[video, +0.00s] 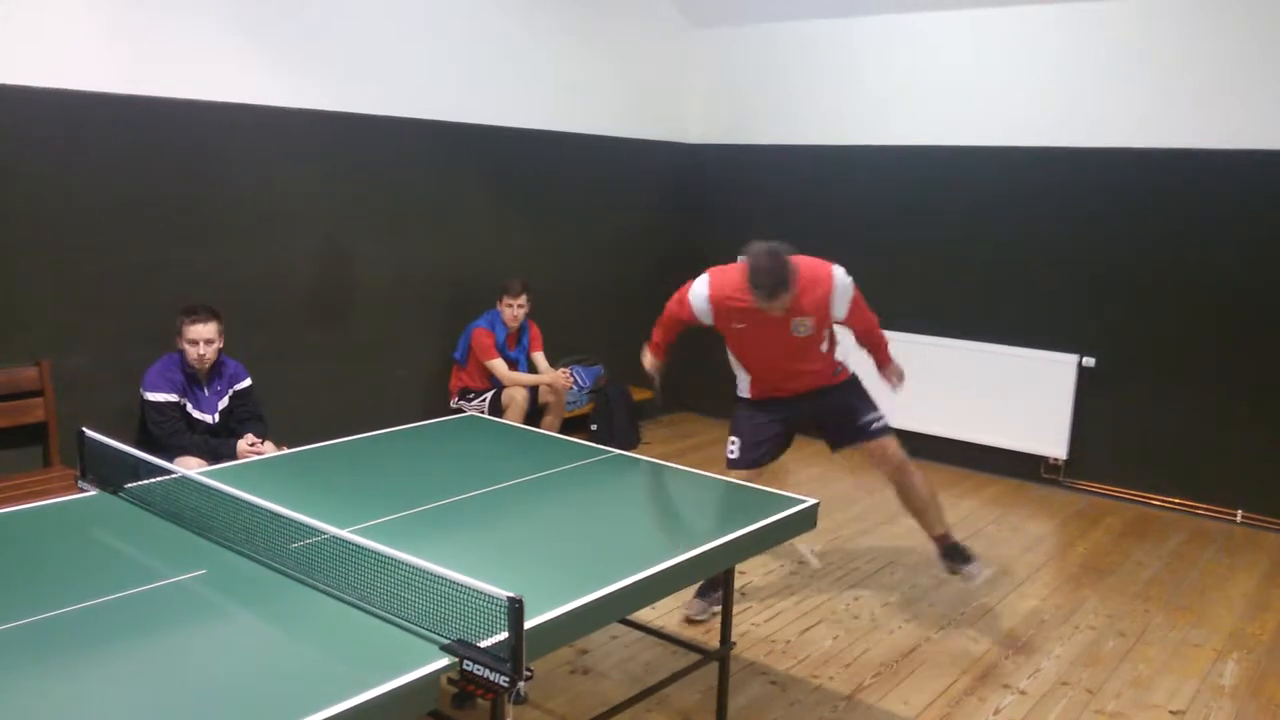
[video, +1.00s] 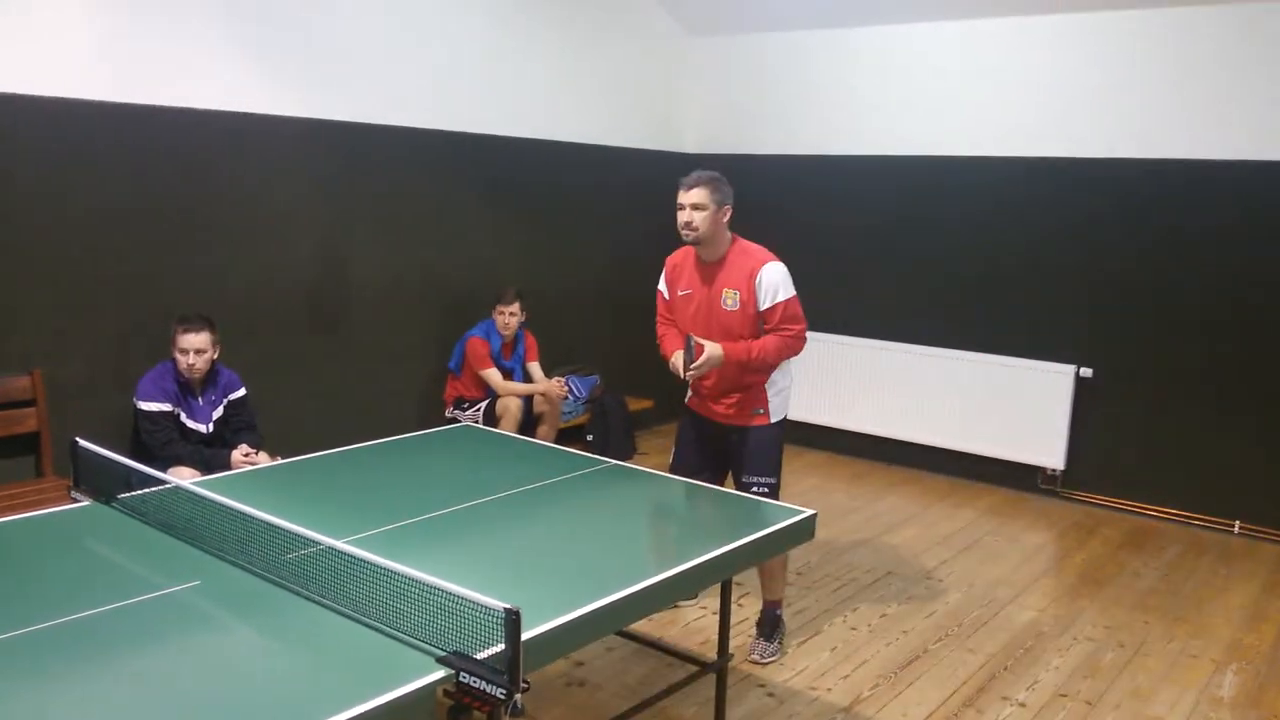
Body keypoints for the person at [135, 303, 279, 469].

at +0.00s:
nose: (201, 352)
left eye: (209, 343)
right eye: (193, 343)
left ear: (221, 342)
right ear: (179, 343)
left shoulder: (234, 372)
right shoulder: (159, 379)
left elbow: (249, 420)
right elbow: (172, 441)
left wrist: (249, 438)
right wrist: (232, 449)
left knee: (269, 450)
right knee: (193, 467)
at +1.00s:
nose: (191, 362)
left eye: (199, 353)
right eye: (183, 353)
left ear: (215, 352)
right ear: (173, 351)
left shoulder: (228, 382)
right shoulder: (153, 387)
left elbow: (244, 429)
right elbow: (166, 450)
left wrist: (245, 448)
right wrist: (226, 460)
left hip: (218, 460)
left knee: (263, 462)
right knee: (187, 477)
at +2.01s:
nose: (204, 362)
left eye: (211, 352)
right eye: (195, 354)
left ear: (218, 349)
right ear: (175, 352)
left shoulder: (230, 381)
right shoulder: (154, 387)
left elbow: (245, 428)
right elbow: (165, 449)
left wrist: (246, 445)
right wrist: (228, 457)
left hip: (220, 457)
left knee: (264, 460)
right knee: (189, 476)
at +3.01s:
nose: (205, 360)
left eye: (212, 351)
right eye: (196, 352)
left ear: (222, 348)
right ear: (180, 350)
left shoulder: (233, 378)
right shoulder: (159, 385)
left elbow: (249, 427)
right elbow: (170, 447)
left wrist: (251, 444)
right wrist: (231, 455)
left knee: (268, 458)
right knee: (193, 473)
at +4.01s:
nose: (190, 365)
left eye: (197, 356)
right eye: (181, 357)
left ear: (205, 354)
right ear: (163, 356)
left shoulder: (218, 386)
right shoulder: (142, 392)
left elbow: (235, 441)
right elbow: (155, 454)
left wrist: (240, 458)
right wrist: (215, 464)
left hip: (210, 467)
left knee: (252, 467)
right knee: (175, 481)